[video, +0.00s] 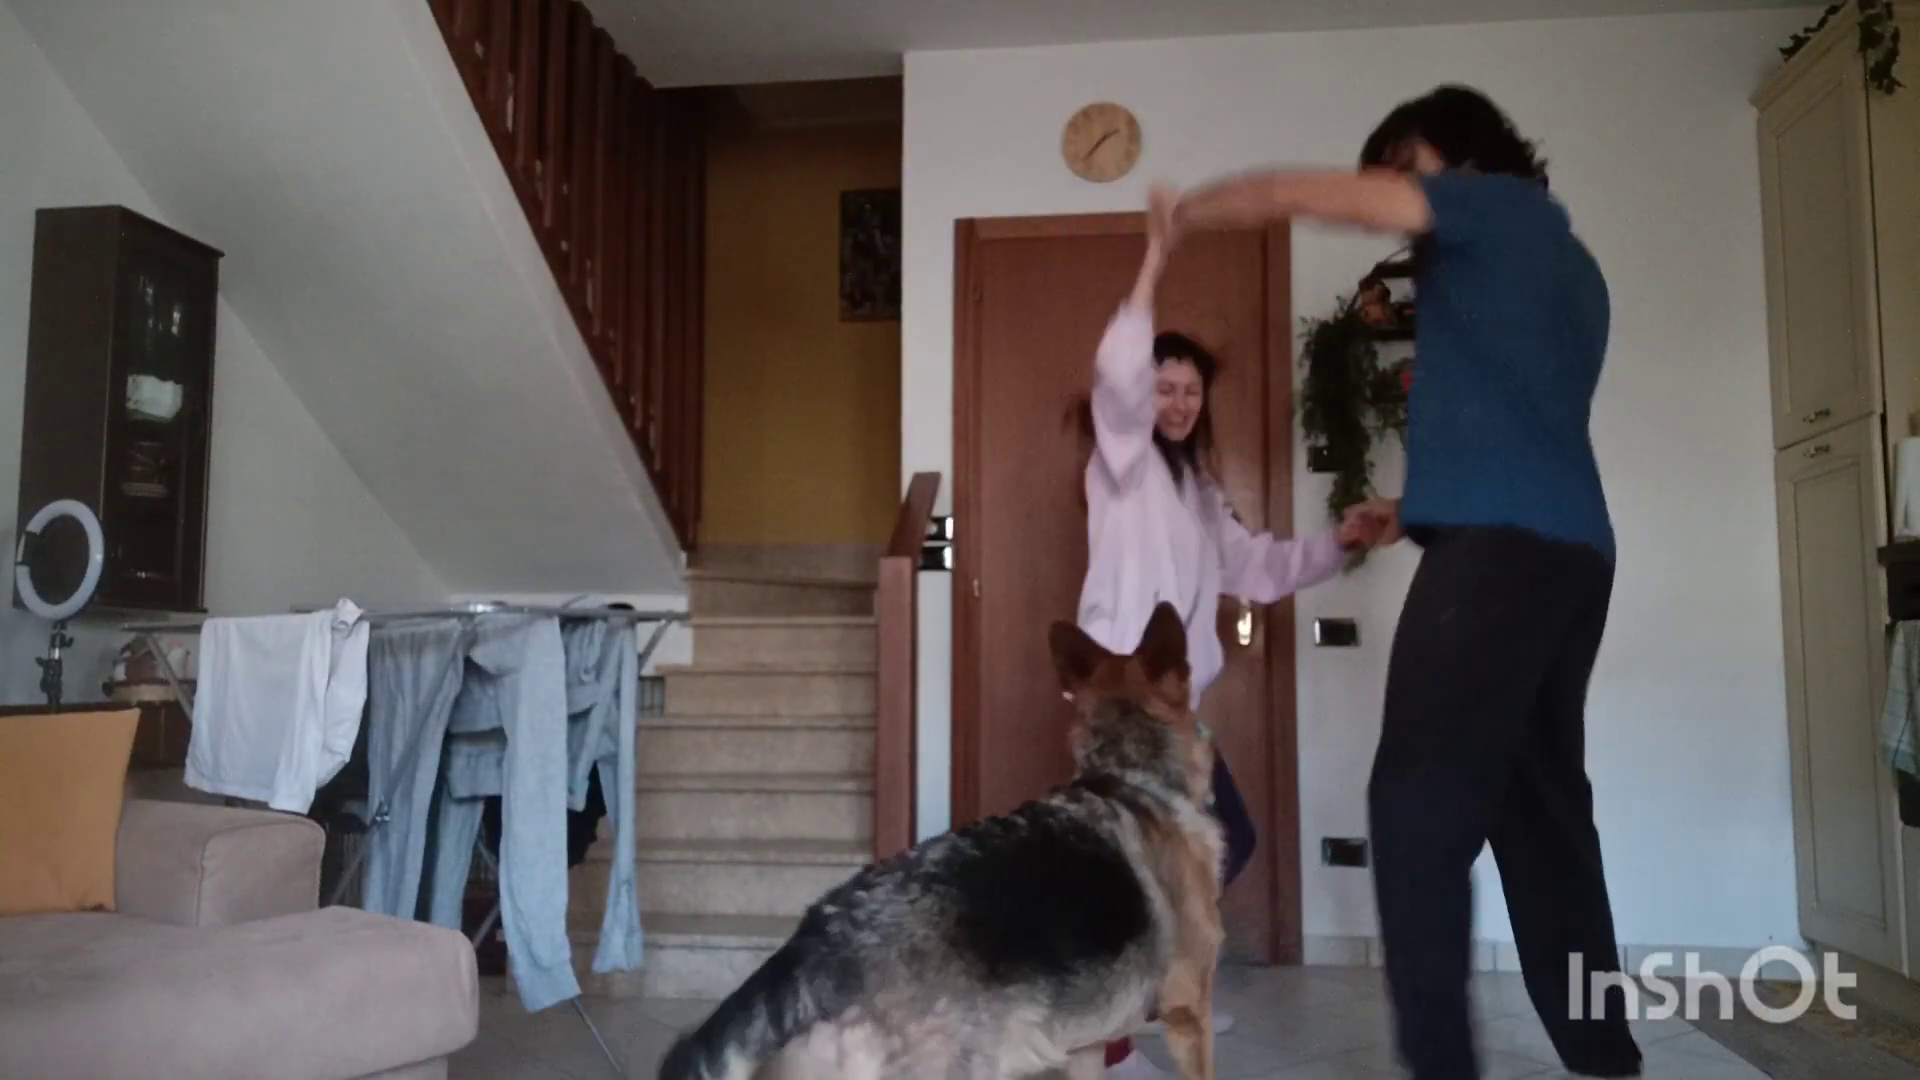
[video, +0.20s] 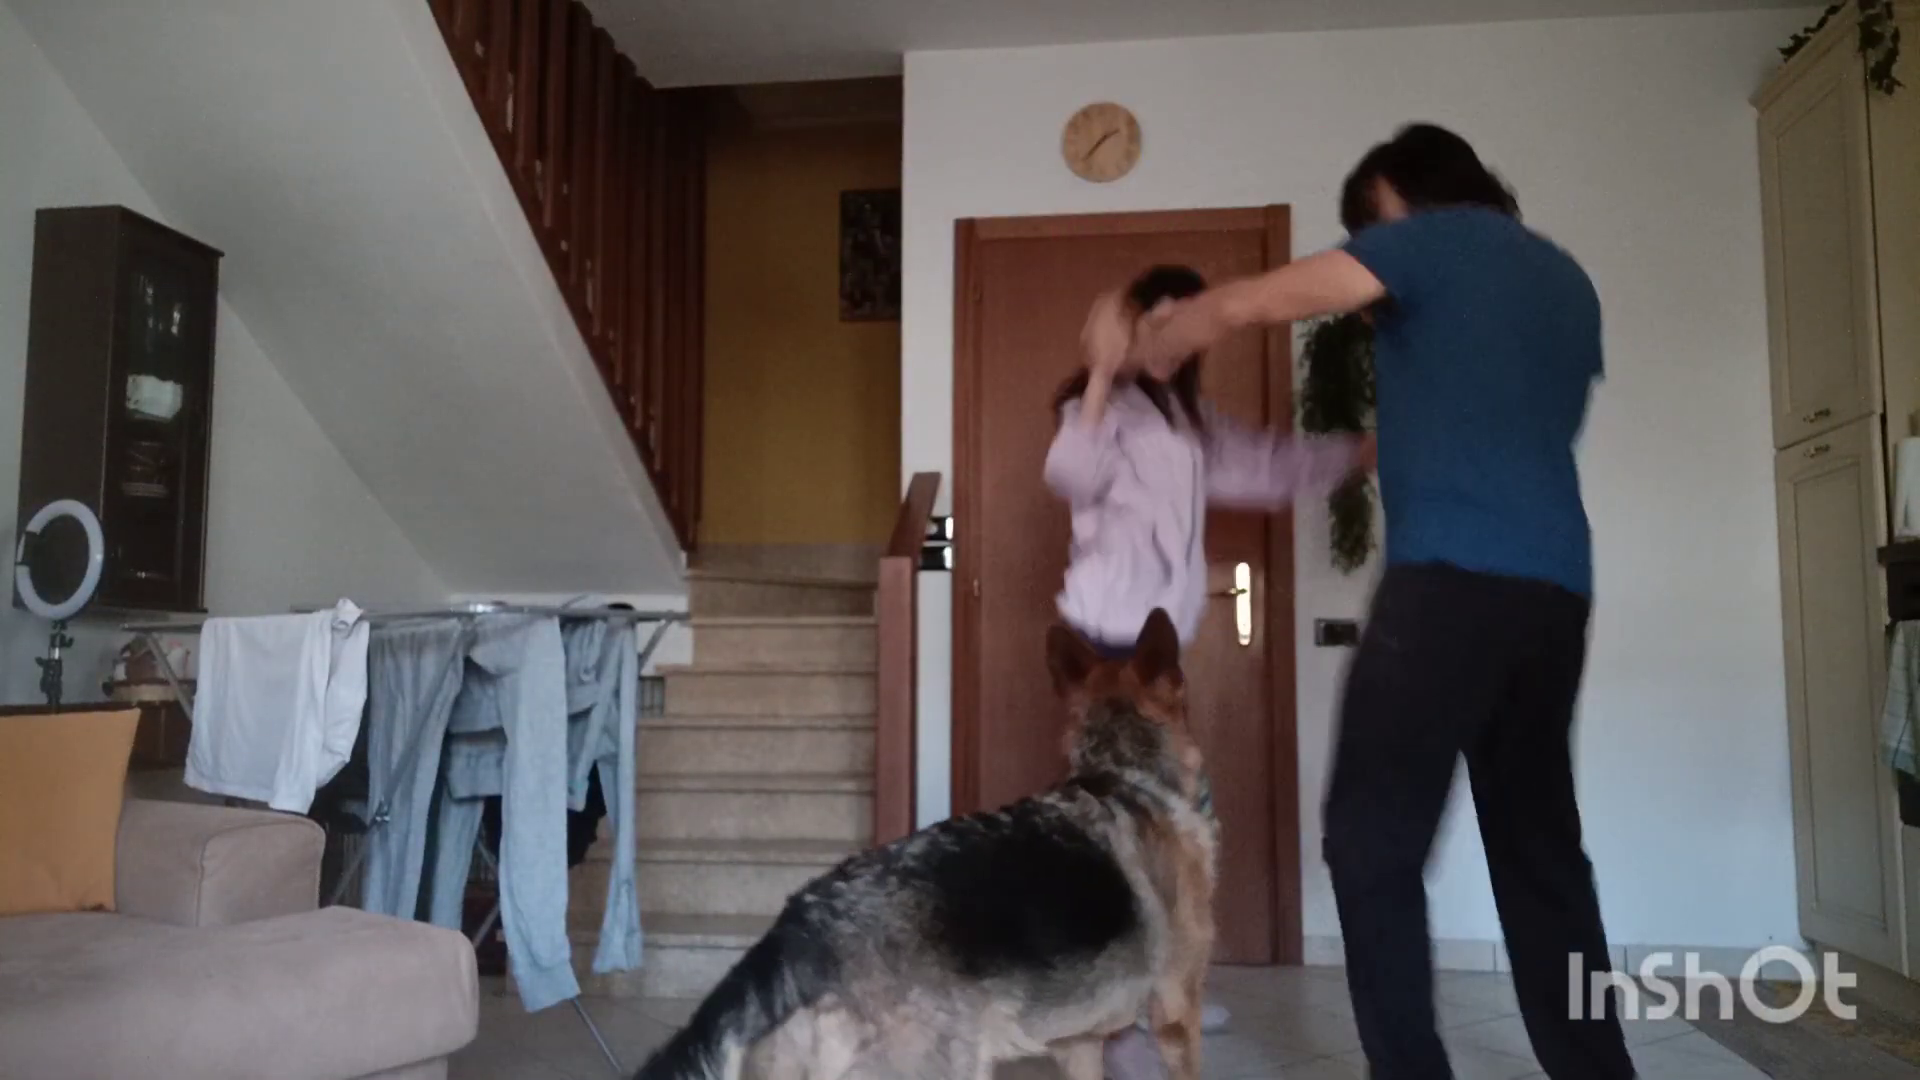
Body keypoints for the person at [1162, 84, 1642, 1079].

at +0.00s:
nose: (1397, 204)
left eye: (1399, 184)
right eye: (1391, 190)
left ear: (1435, 152)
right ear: (1493, 152)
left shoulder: (1486, 206)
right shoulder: (1575, 266)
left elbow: (1294, 194)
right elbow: (1528, 419)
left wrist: (1186, 209)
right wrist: (1408, 511)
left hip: (1493, 547)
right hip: (1569, 558)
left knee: (1416, 810)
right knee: (1539, 805)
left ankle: (1441, 1062)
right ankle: (1605, 1055)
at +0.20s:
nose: (1376, 235)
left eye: (1375, 220)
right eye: (1370, 224)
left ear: (1398, 191)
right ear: (1478, 185)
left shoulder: (1425, 244)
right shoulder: (1569, 282)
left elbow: (1245, 303)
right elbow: (1538, 419)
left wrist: (1151, 340)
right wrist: (1388, 443)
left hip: (1444, 586)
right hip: (1552, 601)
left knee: (1370, 841)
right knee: (1541, 851)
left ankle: (1409, 1067)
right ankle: (1596, 1067)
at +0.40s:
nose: (1329, 224)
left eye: (1330, 210)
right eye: (1328, 213)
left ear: (1354, 193)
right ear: (1455, 187)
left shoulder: (1345, 245)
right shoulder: (1536, 263)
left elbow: (1201, 388)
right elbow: (1538, 361)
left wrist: (1116, 485)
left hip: (1374, 601)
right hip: (1508, 610)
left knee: (1355, 873)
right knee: (1521, 846)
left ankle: (1368, 1070)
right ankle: (1578, 1070)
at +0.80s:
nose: (1264, 215)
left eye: (1260, 193)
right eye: (1256, 197)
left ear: (1285, 164)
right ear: (1377, 144)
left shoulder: (1284, 239)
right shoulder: (1491, 221)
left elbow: (1246, 434)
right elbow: (1526, 306)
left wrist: (1211, 569)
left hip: (1352, 585)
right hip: (1493, 586)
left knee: (1343, 866)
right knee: (1514, 840)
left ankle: (1369, 1068)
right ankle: (1574, 1067)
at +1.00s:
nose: (1276, 211)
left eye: (1274, 183)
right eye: (1267, 190)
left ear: (1310, 151)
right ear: (1390, 137)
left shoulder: (1327, 228)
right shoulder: (1505, 215)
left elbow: (1309, 432)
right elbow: (1501, 394)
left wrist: (1267, 562)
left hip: (1382, 588)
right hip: (1516, 594)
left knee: (1343, 867)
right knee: (1528, 853)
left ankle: (1362, 1068)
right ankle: (1603, 1066)